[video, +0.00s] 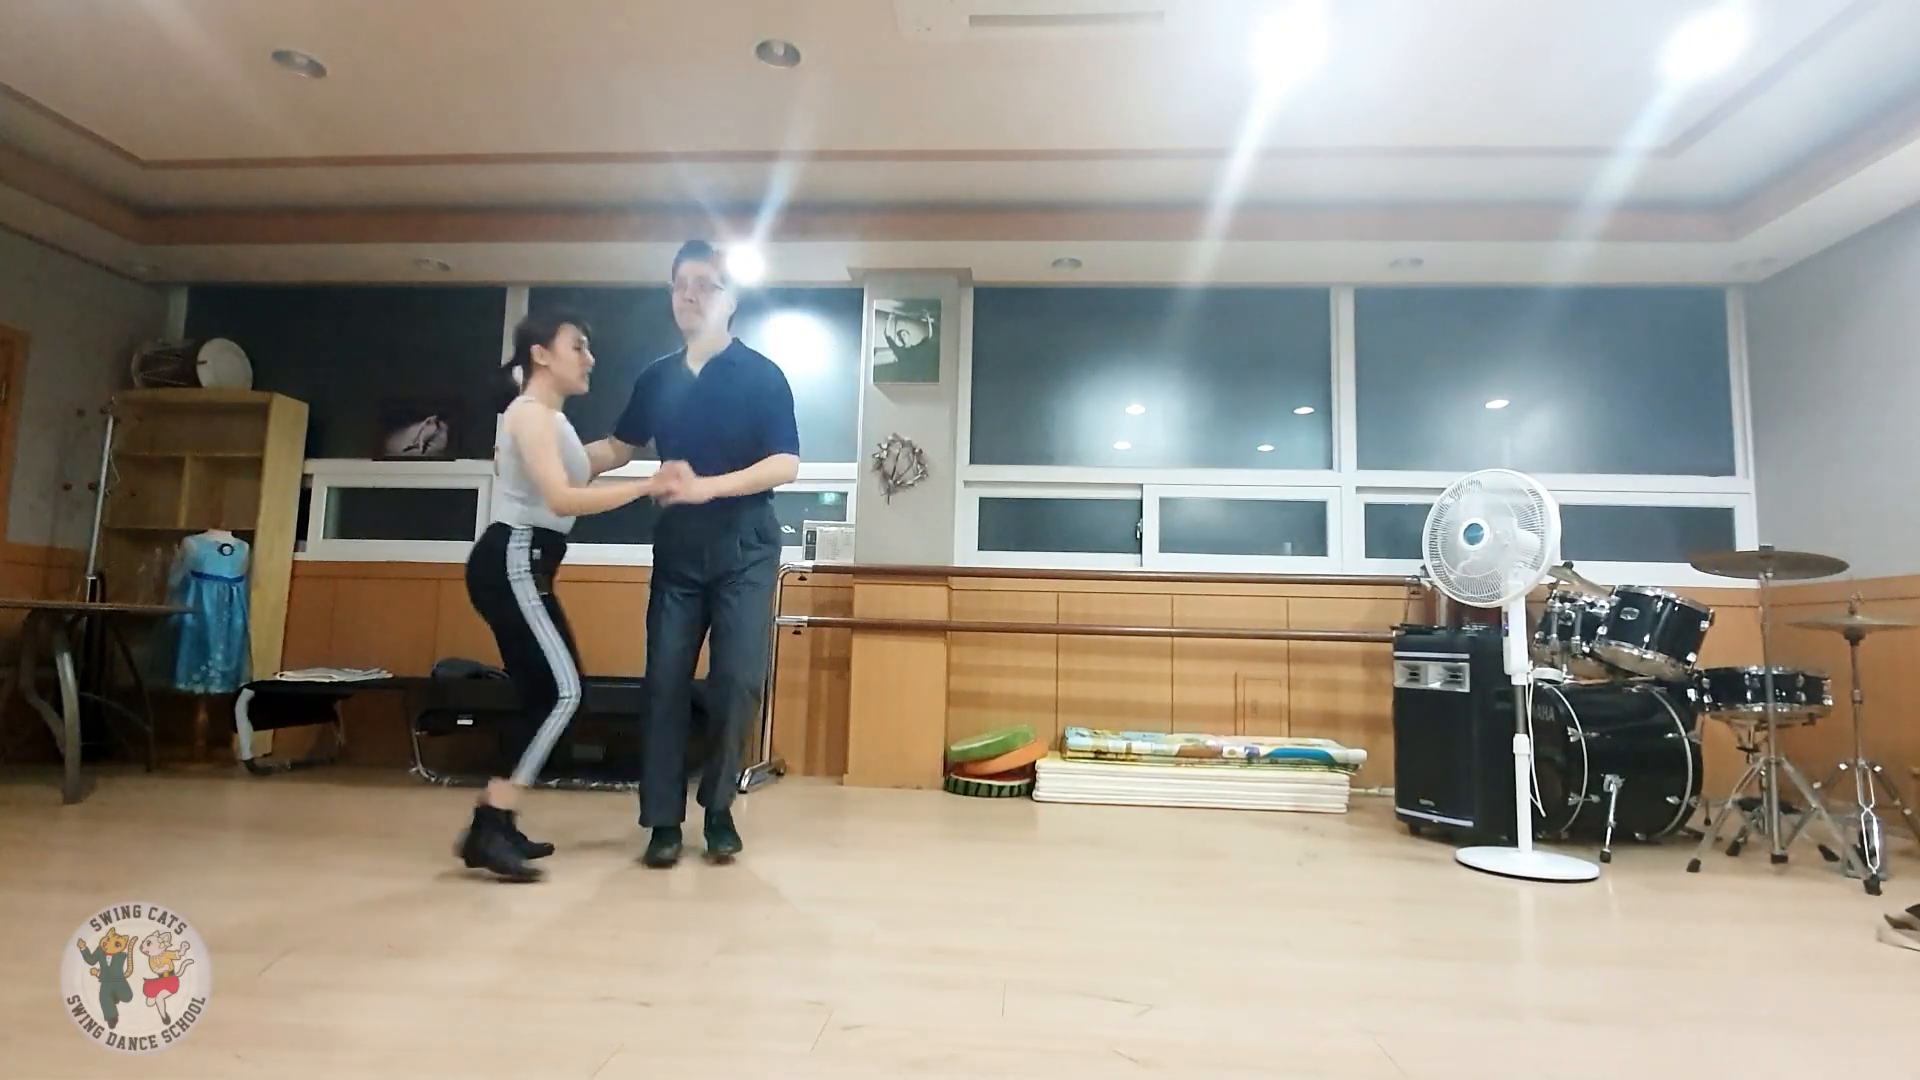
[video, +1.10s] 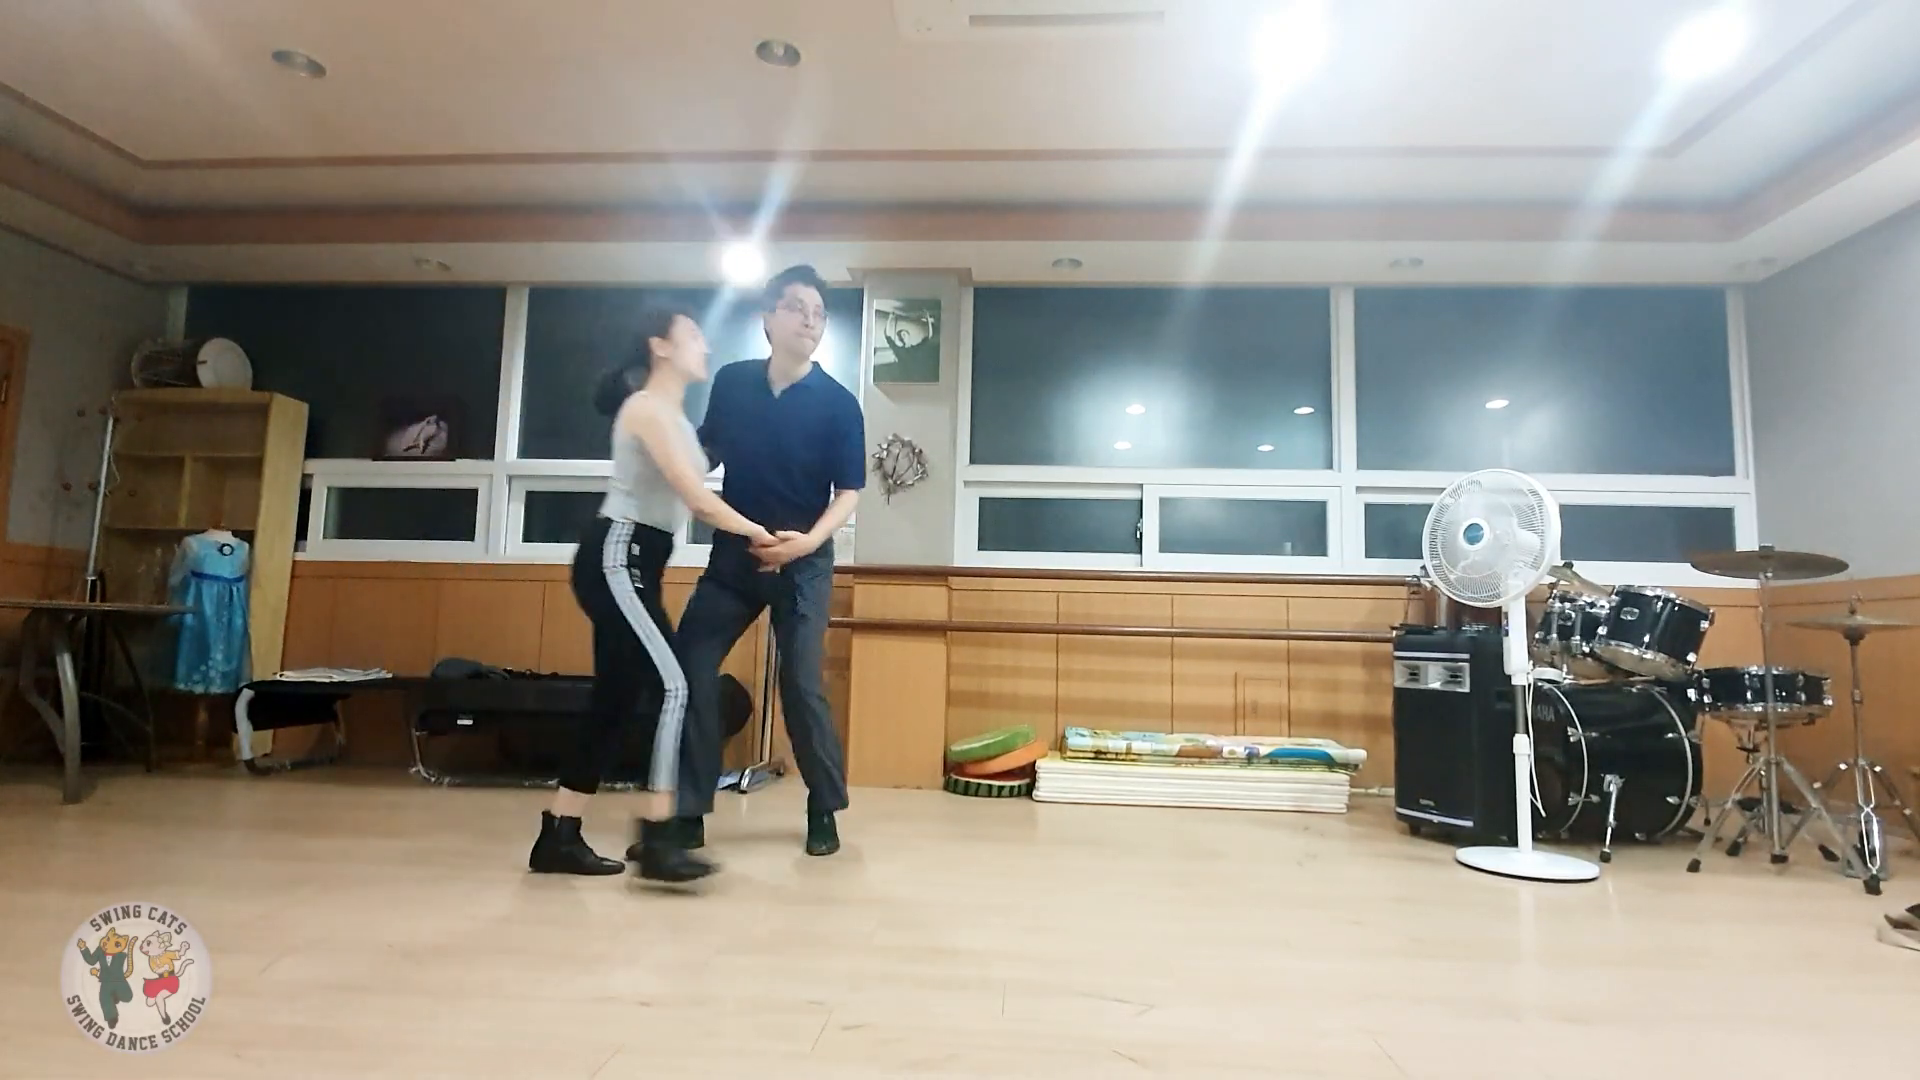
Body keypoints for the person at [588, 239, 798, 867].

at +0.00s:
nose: (689, 297)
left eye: (704, 287)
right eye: (681, 287)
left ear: (729, 297)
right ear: (671, 295)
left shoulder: (762, 375)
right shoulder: (657, 378)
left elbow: (784, 464)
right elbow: (620, 446)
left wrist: (703, 486)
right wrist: (553, 461)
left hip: (747, 548)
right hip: (677, 548)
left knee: (739, 681)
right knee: (665, 683)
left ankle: (719, 807)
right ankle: (664, 823)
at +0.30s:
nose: (680, 321)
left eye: (696, 309)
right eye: (674, 311)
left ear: (727, 323)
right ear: (668, 324)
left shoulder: (766, 403)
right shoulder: (656, 413)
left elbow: (810, 489)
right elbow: (592, 458)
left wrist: (758, 552)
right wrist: (516, 472)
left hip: (771, 564)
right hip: (708, 564)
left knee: (727, 679)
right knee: (637, 673)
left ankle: (698, 847)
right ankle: (649, 825)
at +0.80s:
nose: (754, 312)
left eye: (767, 304)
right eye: (743, 299)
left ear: (781, 319)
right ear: (721, 309)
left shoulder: (802, 399)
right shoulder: (694, 384)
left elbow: (824, 491)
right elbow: (659, 451)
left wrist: (775, 544)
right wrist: (581, 482)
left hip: (780, 556)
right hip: (714, 551)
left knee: (745, 685)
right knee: (668, 679)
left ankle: (706, 830)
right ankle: (677, 815)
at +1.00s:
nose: (795, 312)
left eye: (805, 305)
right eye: (782, 299)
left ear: (811, 317)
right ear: (753, 308)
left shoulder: (826, 396)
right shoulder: (720, 372)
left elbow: (832, 485)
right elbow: (693, 443)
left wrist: (782, 531)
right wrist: (636, 462)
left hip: (790, 551)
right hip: (718, 546)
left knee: (784, 681)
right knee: (692, 679)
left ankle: (800, 808)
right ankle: (686, 818)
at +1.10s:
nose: (809, 320)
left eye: (818, 312)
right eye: (796, 308)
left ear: (824, 325)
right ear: (768, 319)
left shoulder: (840, 403)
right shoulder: (732, 382)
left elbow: (850, 493)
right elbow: (703, 456)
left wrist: (808, 541)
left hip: (805, 559)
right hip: (734, 552)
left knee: (800, 681)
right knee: (690, 663)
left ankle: (823, 807)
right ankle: (688, 813)